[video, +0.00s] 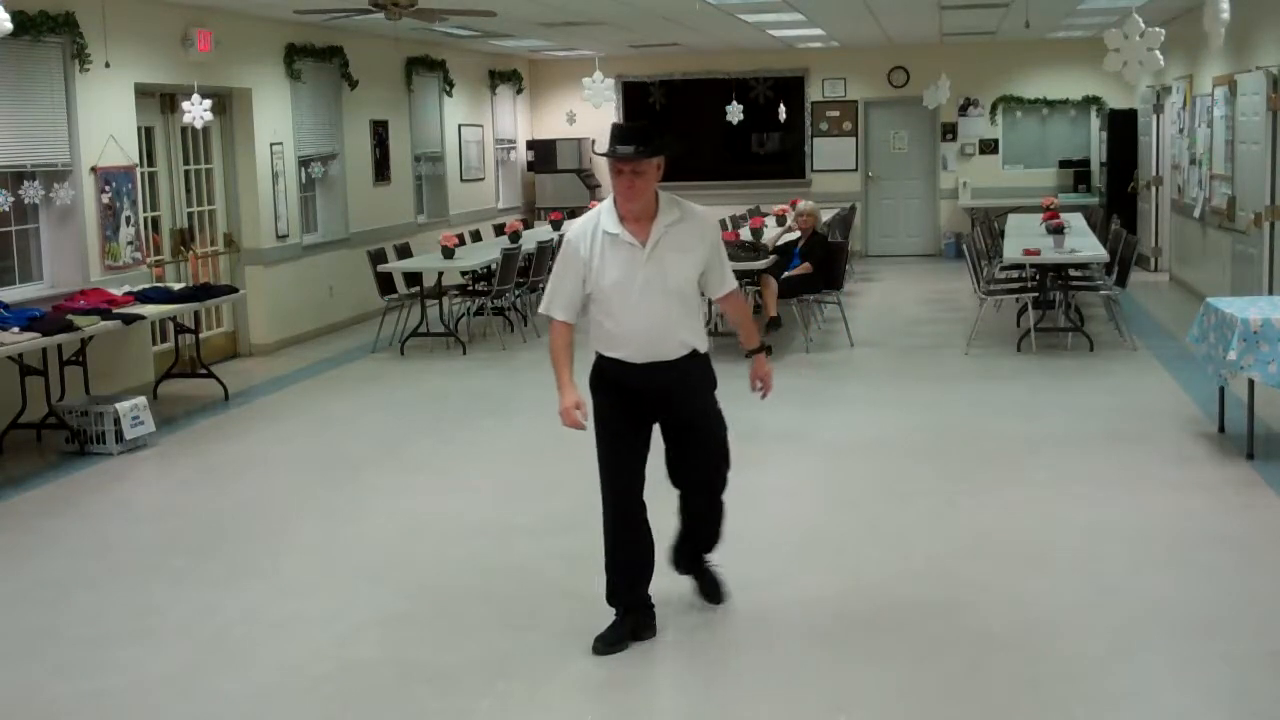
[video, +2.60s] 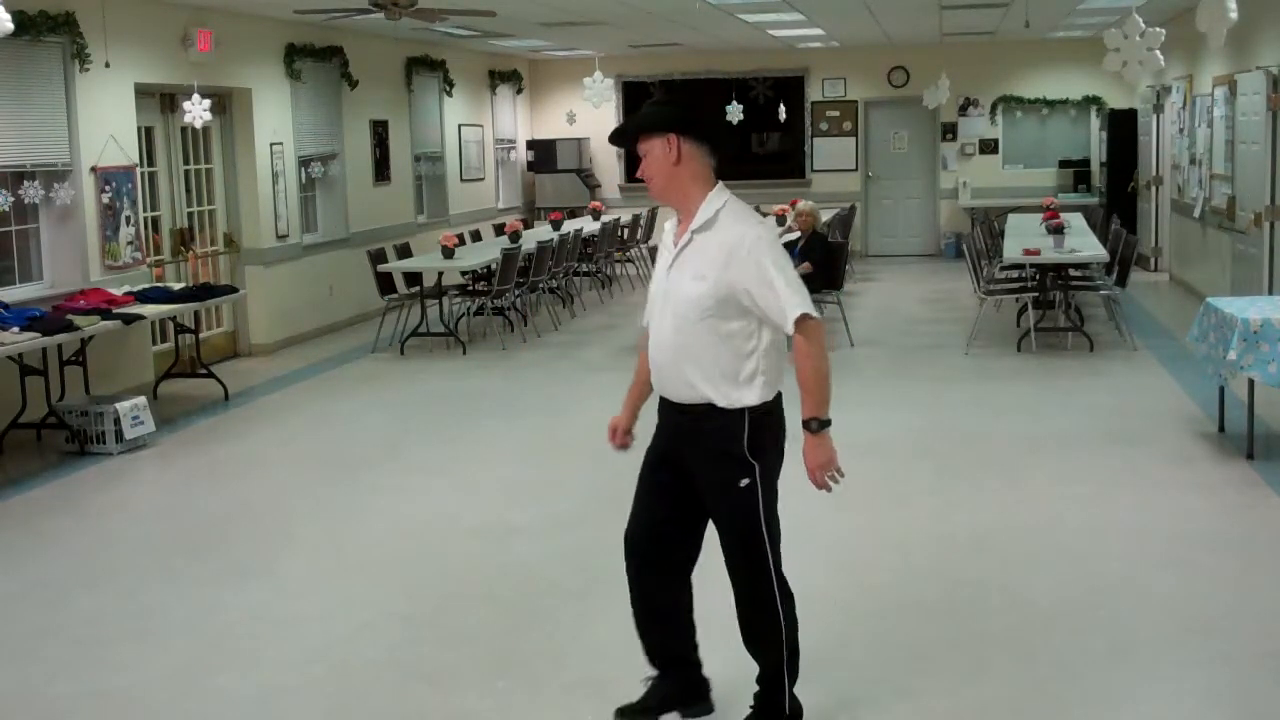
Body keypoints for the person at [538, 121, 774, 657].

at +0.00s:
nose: (625, 180)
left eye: (636, 170)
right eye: (618, 170)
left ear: (659, 169)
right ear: (607, 171)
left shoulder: (698, 225)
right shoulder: (583, 234)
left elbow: (727, 293)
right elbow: (561, 317)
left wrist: (757, 350)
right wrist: (565, 386)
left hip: (686, 374)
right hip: (618, 378)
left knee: (707, 475)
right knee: (620, 499)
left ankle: (692, 556)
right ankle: (632, 610)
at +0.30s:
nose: (605, 188)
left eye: (616, 177)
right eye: (596, 177)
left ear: (638, 176)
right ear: (584, 178)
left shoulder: (670, 240)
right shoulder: (555, 239)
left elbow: (686, 326)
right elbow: (526, 316)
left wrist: (689, 403)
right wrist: (507, 377)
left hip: (639, 391)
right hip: (571, 388)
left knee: (616, 502)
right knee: (557, 494)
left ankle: (599, 582)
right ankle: (591, 605)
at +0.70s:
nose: (612, 175)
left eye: (622, 166)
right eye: (601, 165)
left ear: (638, 175)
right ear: (582, 173)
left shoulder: (664, 247)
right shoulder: (549, 237)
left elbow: (664, 340)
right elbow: (522, 307)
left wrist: (618, 394)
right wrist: (491, 363)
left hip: (631, 397)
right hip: (558, 393)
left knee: (636, 527)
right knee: (556, 520)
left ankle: (654, 656)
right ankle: (568, 626)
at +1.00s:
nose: (637, 162)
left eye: (649, 153)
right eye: (626, 152)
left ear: (665, 164)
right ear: (606, 161)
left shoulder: (686, 240)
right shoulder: (586, 226)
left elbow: (698, 341)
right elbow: (577, 303)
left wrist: (692, 429)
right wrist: (553, 364)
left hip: (660, 400)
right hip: (595, 395)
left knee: (660, 538)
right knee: (589, 511)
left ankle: (661, 665)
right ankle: (639, 605)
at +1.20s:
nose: (653, 175)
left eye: (663, 165)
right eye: (641, 164)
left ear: (679, 173)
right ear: (620, 172)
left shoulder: (710, 247)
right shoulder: (596, 239)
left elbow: (754, 338)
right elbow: (588, 325)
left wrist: (774, 423)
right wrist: (575, 397)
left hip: (689, 404)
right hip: (623, 403)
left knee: (676, 539)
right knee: (667, 534)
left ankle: (668, 665)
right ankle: (735, 621)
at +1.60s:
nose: (661, 156)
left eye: (671, 147)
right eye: (647, 150)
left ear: (689, 159)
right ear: (627, 168)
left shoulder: (734, 234)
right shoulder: (603, 246)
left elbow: (771, 314)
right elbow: (584, 341)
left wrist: (782, 387)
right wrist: (570, 429)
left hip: (721, 416)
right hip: (640, 420)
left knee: (717, 560)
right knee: (635, 557)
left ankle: (706, 682)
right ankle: (671, 644)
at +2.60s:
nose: (638, 171)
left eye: (644, 156)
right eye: (636, 159)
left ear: (678, 151)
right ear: (676, 155)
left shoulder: (747, 232)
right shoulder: (674, 229)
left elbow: (808, 327)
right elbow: (660, 328)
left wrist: (816, 429)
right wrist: (632, 405)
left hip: (740, 426)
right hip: (679, 422)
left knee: (755, 569)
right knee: (650, 552)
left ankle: (778, 699)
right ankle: (680, 680)